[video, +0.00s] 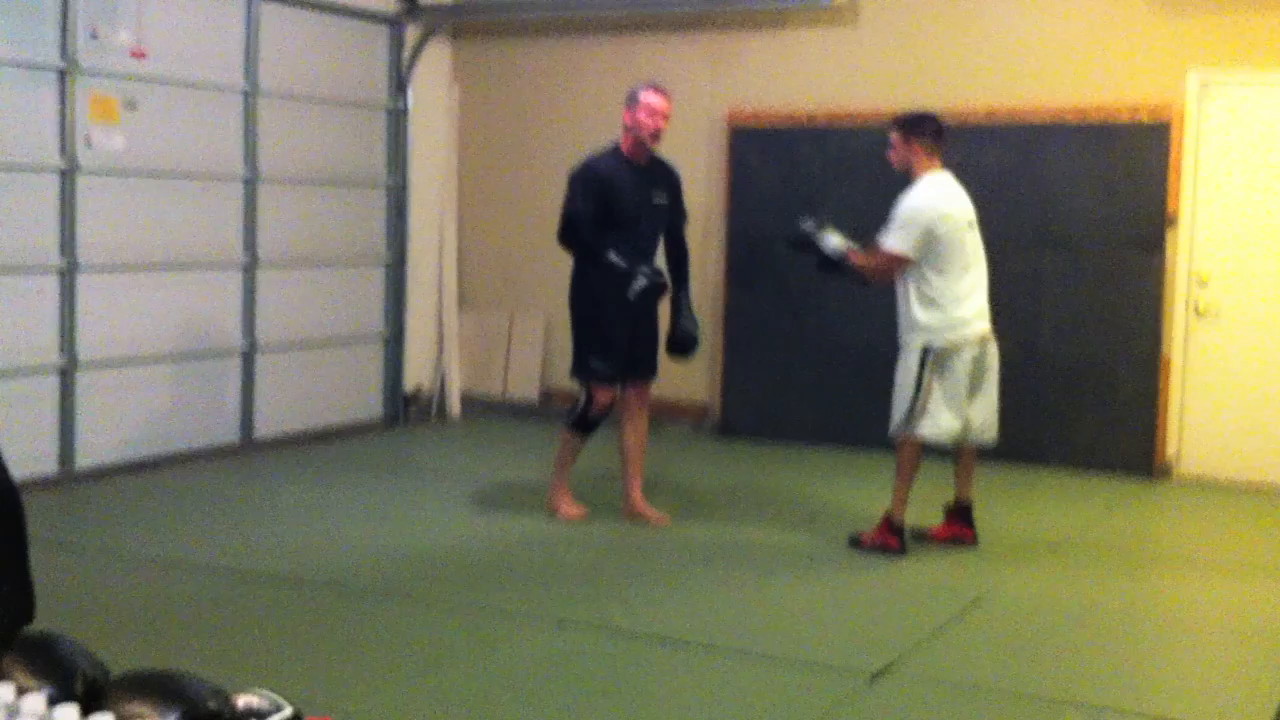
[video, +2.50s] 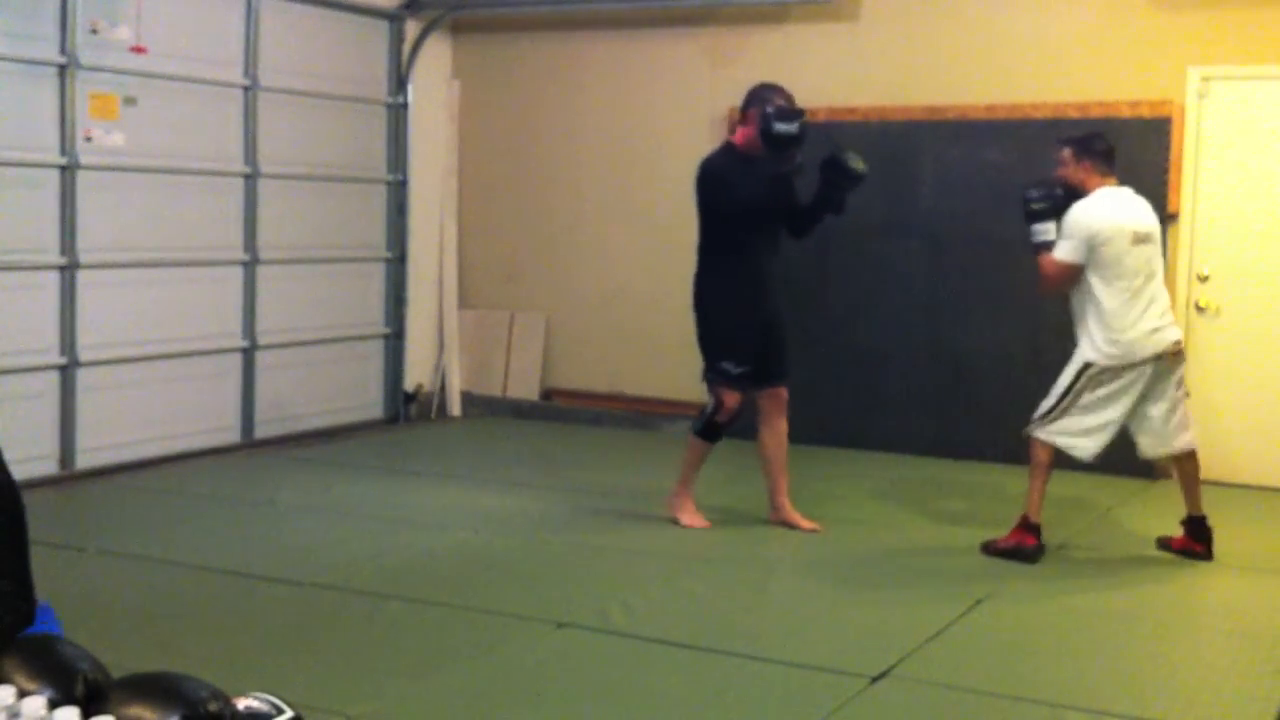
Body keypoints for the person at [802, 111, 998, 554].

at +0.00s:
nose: (889, 153)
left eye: (893, 145)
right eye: (890, 145)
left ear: (914, 147)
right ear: (925, 147)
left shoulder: (919, 200)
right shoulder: (953, 190)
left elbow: (882, 268)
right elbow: (909, 263)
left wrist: (838, 246)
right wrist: (852, 255)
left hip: (934, 337)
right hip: (974, 332)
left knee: (910, 432)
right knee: (967, 431)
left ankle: (893, 525)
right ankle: (961, 518)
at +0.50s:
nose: (855, 154)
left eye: (856, 145)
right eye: (854, 145)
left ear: (870, 145)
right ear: (901, 140)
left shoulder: (873, 199)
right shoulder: (940, 186)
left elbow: (808, 243)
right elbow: (931, 262)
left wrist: (759, 235)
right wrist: (880, 297)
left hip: (913, 334)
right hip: (960, 326)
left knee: (900, 431)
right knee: (956, 423)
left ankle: (892, 530)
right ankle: (964, 518)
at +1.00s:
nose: (864, 150)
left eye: (867, 142)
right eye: (866, 141)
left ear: (879, 145)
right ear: (910, 143)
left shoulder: (870, 205)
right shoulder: (953, 189)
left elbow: (857, 279)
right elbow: (966, 252)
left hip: (917, 335)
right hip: (971, 325)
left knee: (907, 431)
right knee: (985, 417)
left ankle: (893, 529)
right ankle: (1019, 509)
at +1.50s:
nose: (936, 156)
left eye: (938, 147)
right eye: (937, 147)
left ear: (954, 148)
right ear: (980, 147)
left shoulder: (944, 198)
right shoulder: (1018, 193)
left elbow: (910, 261)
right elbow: (996, 242)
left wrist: (904, 209)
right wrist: (944, 193)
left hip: (980, 331)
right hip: (1035, 329)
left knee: (937, 421)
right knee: (1031, 431)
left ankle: (948, 520)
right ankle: (1042, 526)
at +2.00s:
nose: (1004, 162)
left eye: (1008, 153)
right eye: (1005, 154)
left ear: (1027, 154)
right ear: (1049, 153)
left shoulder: (1029, 205)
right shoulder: (1086, 196)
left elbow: (996, 268)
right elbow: (1062, 249)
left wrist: (987, 219)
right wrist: (1016, 199)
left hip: (1054, 341)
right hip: (1107, 333)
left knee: (1003, 429)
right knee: (1113, 428)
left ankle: (978, 526)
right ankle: (1134, 529)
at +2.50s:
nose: (1059, 173)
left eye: (1062, 164)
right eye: (1059, 164)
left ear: (1080, 164)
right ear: (1106, 163)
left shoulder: (1084, 214)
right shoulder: (1143, 206)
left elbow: (1053, 278)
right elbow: (1122, 263)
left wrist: (1043, 229)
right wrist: (1069, 216)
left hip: (1111, 349)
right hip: (1165, 341)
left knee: (1043, 431)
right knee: (1179, 439)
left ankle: (1028, 530)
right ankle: (1197, 530)